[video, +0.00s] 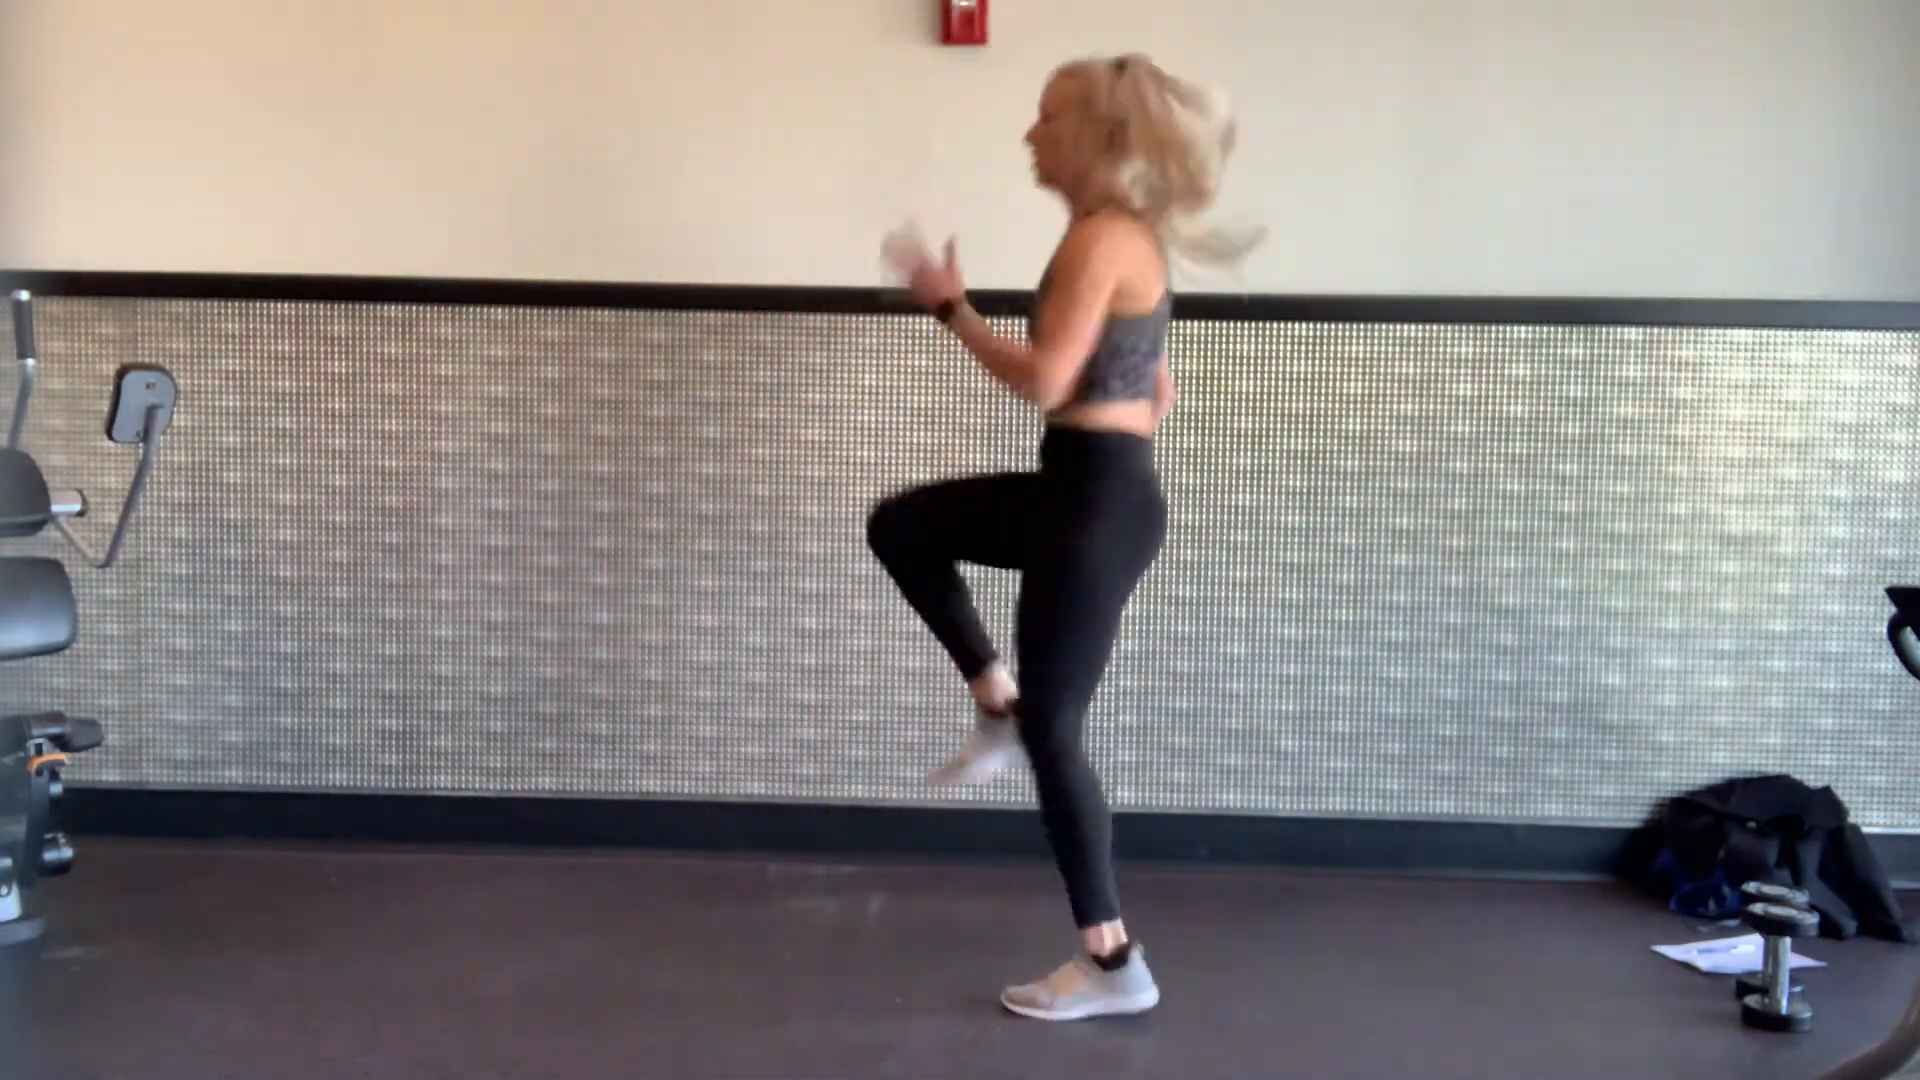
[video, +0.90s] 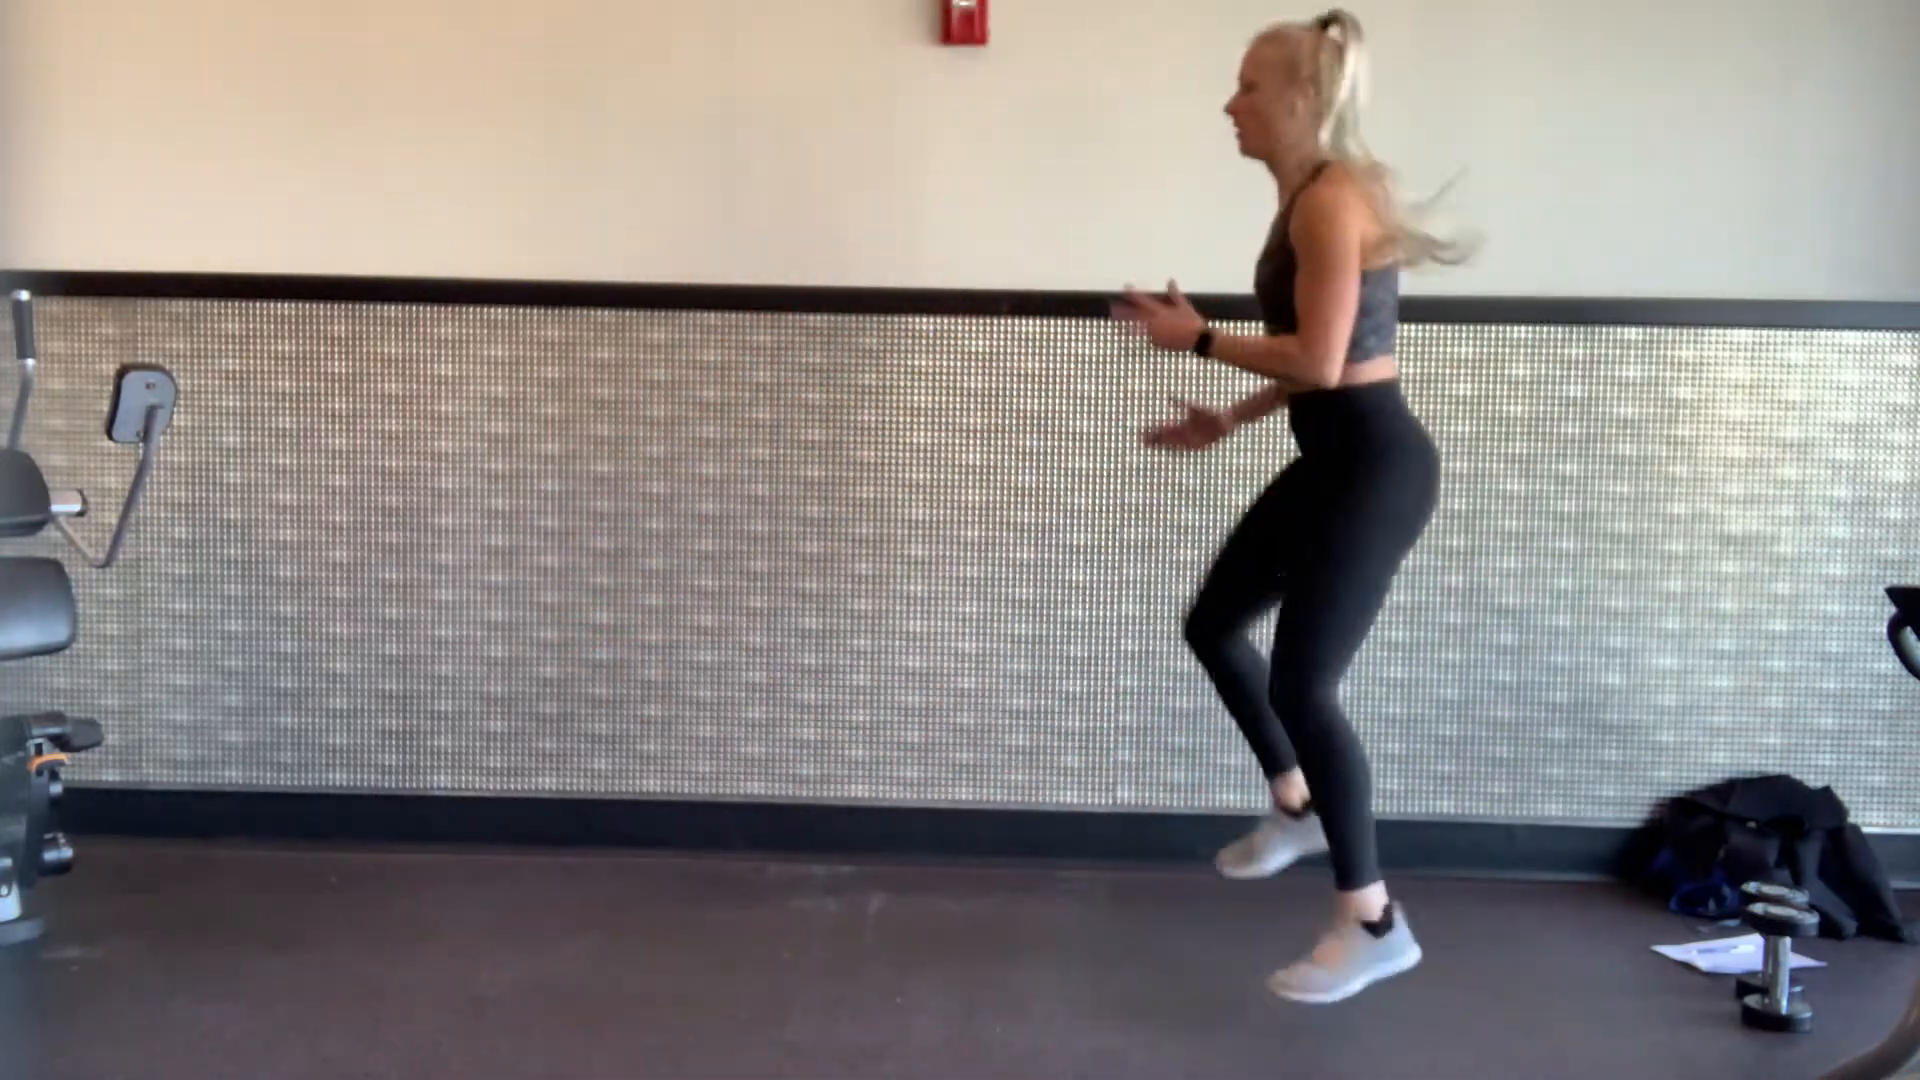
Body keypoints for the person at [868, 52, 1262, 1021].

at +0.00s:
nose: (1031, 133)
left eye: (1047, 120)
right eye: (1039, 117)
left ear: (1099, 140)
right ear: (1110, 146)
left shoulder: (1102, 241)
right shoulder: (1133, 244)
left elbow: (1044, 382)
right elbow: (1156, 401)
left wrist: (952, 311)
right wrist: (1050, 386)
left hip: (1096, 506)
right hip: (1096, 496)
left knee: (1052, 724)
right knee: (900, 528)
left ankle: (1110, 957)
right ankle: (1002, 706)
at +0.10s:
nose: (1065, 94)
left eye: (1081, 79)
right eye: (1072, 78)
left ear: (1126, 92)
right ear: (1124, 94)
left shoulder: (1154, 194)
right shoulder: (1130, 194)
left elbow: (1156, 356)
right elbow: (1123, 356)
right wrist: (1031, 367)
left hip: (1143, 455)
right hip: (1116, 448)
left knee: (1005, 641)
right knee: (979, 623)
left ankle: (1077, 876)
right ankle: (1088, 808)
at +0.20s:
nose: (1086, 128)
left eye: (1105, 115)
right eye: (1092, 112)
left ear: (1159, 133)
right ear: (1149, 134)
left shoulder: (1189, 242)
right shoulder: (1144, 236)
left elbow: (1227, 392)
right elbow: (1103, 381)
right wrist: (1056, 298)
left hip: (1156, 495)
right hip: (1130, 489)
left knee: (959, 559)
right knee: (1091, 705)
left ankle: (1069, 745)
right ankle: (1177, 906)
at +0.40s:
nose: (1143, 122)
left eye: (1160, 108)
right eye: (1149, 106)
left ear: (1207, 121)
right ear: (1194, 122)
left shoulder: (1242, 229)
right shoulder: (1195, 227)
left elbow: (1266, 392)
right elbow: (1170, 374)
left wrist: (1187, 503)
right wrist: (1084, 331)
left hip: (1227, 476)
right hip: (1191, 470)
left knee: (1030, 524)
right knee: (1162, 699)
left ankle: (1127, 718)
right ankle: (1189, 914)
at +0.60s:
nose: (1193, 117)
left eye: (1210, 103)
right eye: (1199, 100)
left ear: (1258, 122)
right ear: (1263, 124)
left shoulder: (1282, 223)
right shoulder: (1267, 217)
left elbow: (1224, 374)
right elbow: (1232, 351)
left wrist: (1180, 276)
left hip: (1294, 490)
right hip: (1261, 482)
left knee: (1241, 707)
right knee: (1080, 543)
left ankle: (1338, 928)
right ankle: (1200, 691)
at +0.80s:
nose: (1223, 130)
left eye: (1239, 115)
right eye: (1229, 113)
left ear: (1289, 128)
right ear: (1289, 131)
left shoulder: (1321, 231)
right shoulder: (1311, 223)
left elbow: (1284, 384)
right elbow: (1291, 364)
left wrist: (1197, 311)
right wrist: (1203, 309)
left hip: (1342, 496)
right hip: (1309, 487)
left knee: (1306, 718)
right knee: (1140, 571)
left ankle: (1355, 945)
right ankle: (1258, 731)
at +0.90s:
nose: (1231, 102)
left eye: (1248, 88)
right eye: (1238, 85)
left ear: (1297, 103)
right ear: (1295, 106)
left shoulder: (1335, 202)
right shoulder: (1311, 200)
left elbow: (1319, 361)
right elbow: (1316, 362)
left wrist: (1197, 337)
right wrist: (1224, 421)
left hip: (1377, 467)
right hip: (1335, 464)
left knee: (1304, 687)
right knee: (1214, 627)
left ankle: (1370, 918)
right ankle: (1296, 798)